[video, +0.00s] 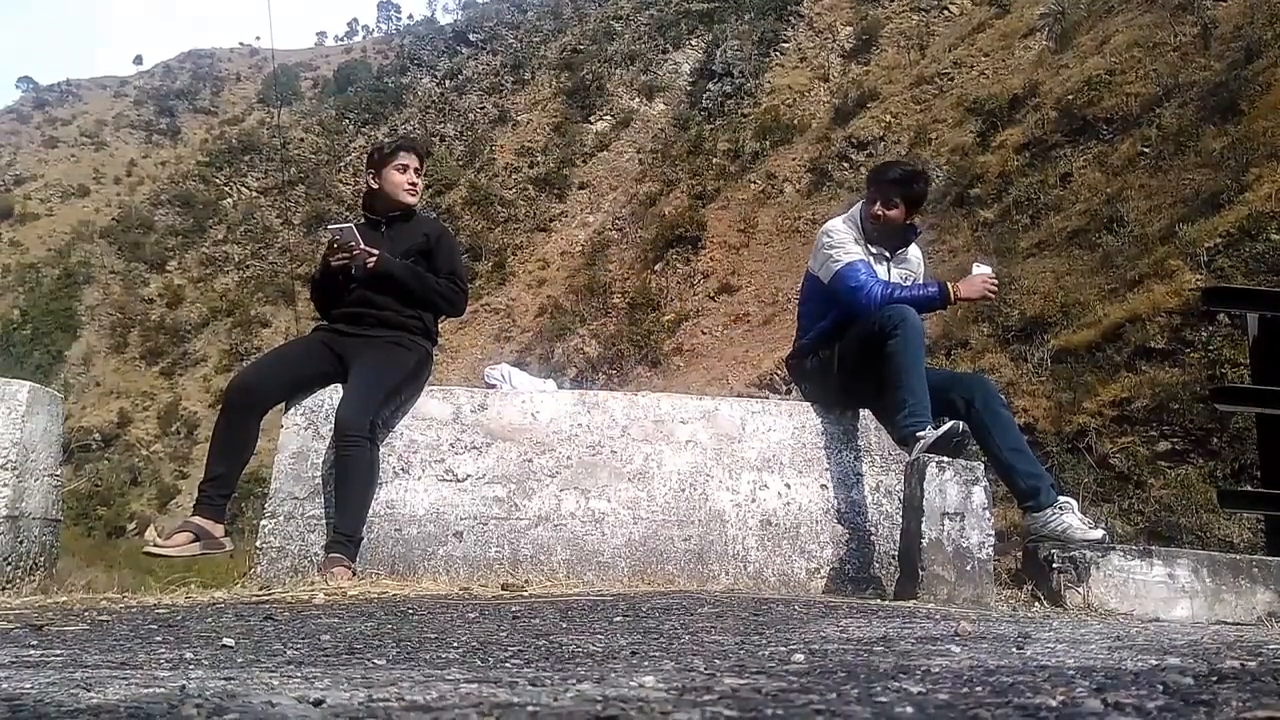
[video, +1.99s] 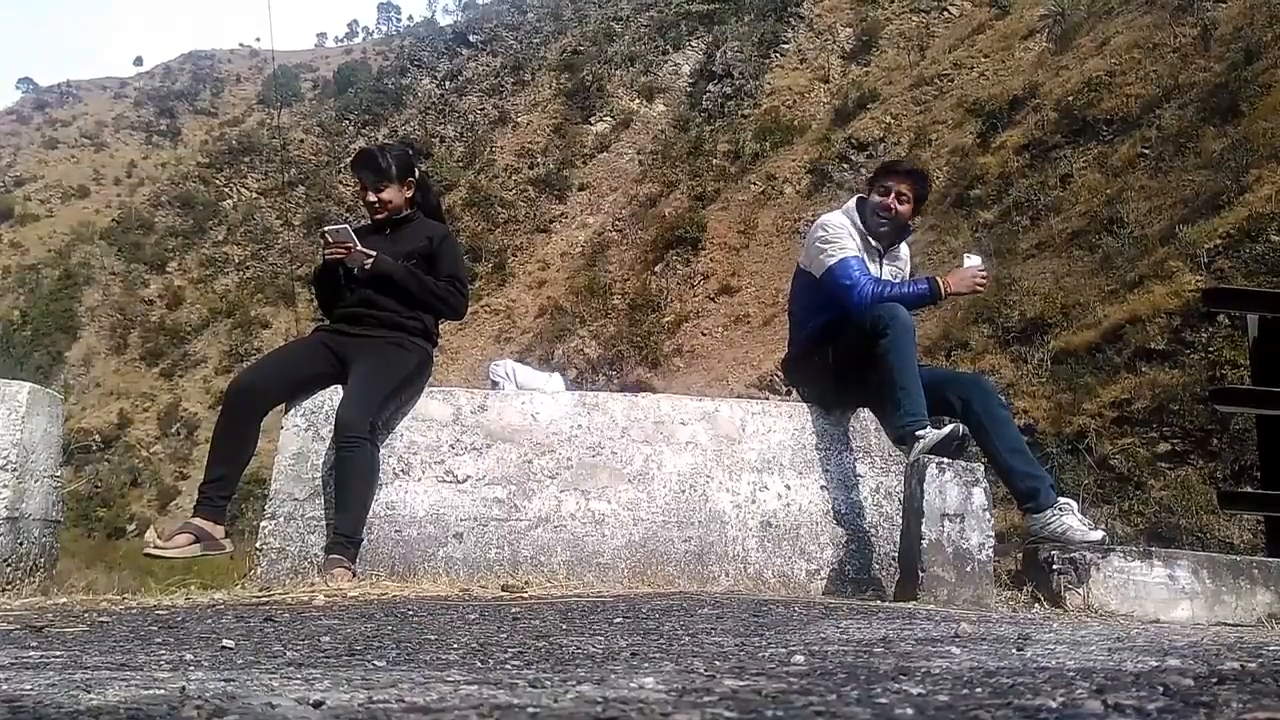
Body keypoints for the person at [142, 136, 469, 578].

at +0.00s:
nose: (414, 179)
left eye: (419, 172)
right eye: (403, 169)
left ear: (421, 182)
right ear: (374, 178)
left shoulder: (432, 232)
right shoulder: (350, 232)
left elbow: (455, 300)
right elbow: (325, 304)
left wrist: (387, 265)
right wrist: (330, 268)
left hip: (397, 344)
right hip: (337, 337)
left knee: (353, 425)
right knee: (246, 390)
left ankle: (340, 559)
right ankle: (208, 522)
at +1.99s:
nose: (372, 197)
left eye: (382, 188)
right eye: (366, 189)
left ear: (410, 185)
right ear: (360, 188)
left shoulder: (434, 235)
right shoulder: (354, 233)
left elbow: (455, 304)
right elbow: (331, 304)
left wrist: (383, 265)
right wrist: (331, 264)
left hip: (397, 346)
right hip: (337, 338)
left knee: (353, 425)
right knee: (247, 390)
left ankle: (341, 561)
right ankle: (208, 523)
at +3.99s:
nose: (375, 197)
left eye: (383, 186)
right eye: (367, 190)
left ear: (409, 179)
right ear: (361, 190)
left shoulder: (437, 231)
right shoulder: (359, 228)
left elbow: (456, 299)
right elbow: (334, 299)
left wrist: (381, 259)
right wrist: (333, 256)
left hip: (397, 343)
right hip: (337, 334)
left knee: (353, 420)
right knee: (247, 386)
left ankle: (341, 556)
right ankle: (208, 519)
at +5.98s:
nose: (402, 178)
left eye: (409, 168)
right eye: (389, 169)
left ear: (419, 174)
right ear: (371, 178)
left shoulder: (437, 227)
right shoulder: (354, 227)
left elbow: (456, 295)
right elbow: (328, 296)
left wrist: (384, 257)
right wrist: (332, 258)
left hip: (397, 338)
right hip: (337, 330)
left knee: (354, 420)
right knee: (247, 383)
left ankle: (341, 554)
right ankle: (209, 515)